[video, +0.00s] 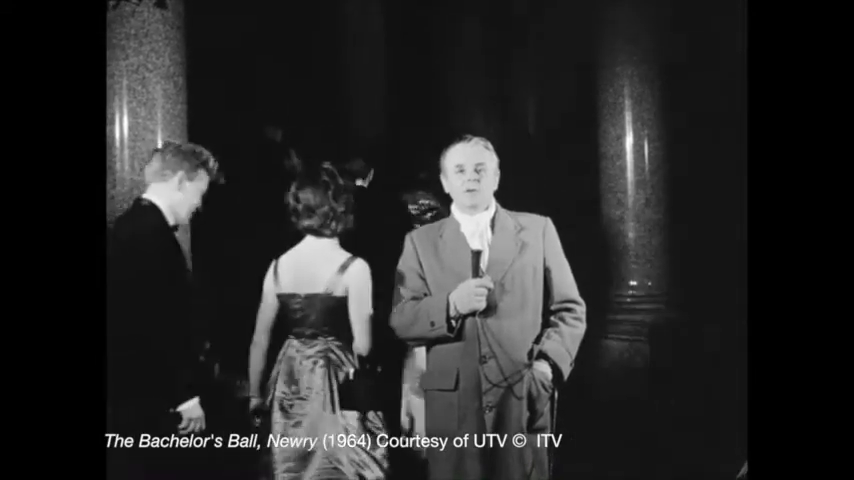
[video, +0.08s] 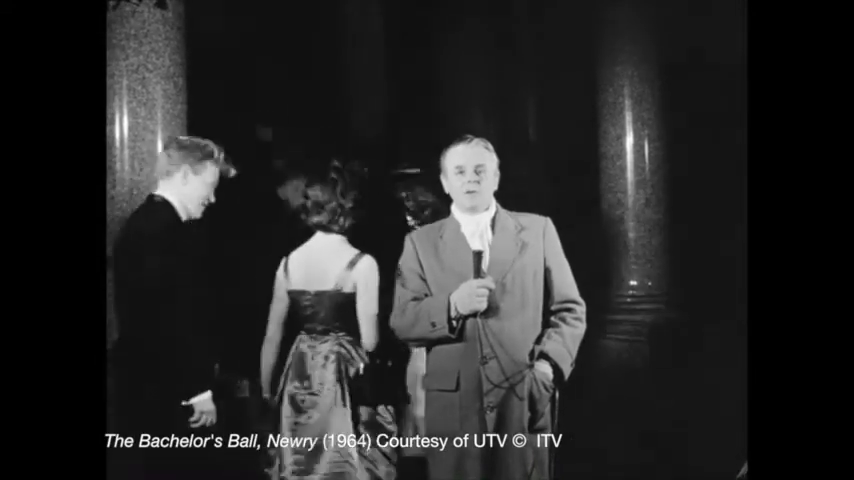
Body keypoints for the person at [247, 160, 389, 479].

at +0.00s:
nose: (351, 212)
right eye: (346, 205)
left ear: (297, 212)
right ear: (340, 212)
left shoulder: (278, 267)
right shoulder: (354, 268)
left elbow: (261, 338)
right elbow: (362, 345)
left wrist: (254, 394)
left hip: (289, 378)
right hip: (335, 380)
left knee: (290, 462)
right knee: (336, 462)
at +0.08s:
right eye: (356, 206)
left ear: (311, 209)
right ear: (351, 211)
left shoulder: (289, 263)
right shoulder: (362, 264)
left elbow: (273, 334)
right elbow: (370, 341)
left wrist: (266, 390)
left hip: (298, 373)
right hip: (341, 374)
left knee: (299, 456)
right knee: (341, 455)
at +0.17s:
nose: (361, 202)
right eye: (358, 196)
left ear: (314, 204)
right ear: (355, 203)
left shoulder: (298, 260)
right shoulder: (366, 260)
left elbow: (283, 335)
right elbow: (375, 336)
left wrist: (284, 381)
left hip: (307, 371)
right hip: (350, 373)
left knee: (308, 456)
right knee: (351, 456)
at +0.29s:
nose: (371, 202)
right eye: (368, 195)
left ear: (327, 204)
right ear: (364, 202)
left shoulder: (313, 257)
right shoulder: (376, 257)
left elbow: (299, 325)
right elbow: (385, 331)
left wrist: (308, 360)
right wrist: (396, 360)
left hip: (323, 356)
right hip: (363, 358)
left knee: (326, 441)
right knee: (366, 443)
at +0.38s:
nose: (387, 206)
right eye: (382, 200)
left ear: (340, 205)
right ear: (377, 206)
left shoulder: (321, 254)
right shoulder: (384, 254)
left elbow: (309, 314)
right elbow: (391, 318)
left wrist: (320, 344)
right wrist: (400, 350)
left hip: (333, 346)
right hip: (371, 347)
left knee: (334, 425)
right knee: (373, 425)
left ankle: (337, 469)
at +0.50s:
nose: (399, 207)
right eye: (395, 201)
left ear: (352, 206)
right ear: (392, 206)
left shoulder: (334, 257)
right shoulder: (400, 255)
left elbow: (327, 305)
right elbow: (409, 307)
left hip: (347, 347)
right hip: (387, 348)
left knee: (349, 427)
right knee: (386, 426)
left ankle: (349, 469)